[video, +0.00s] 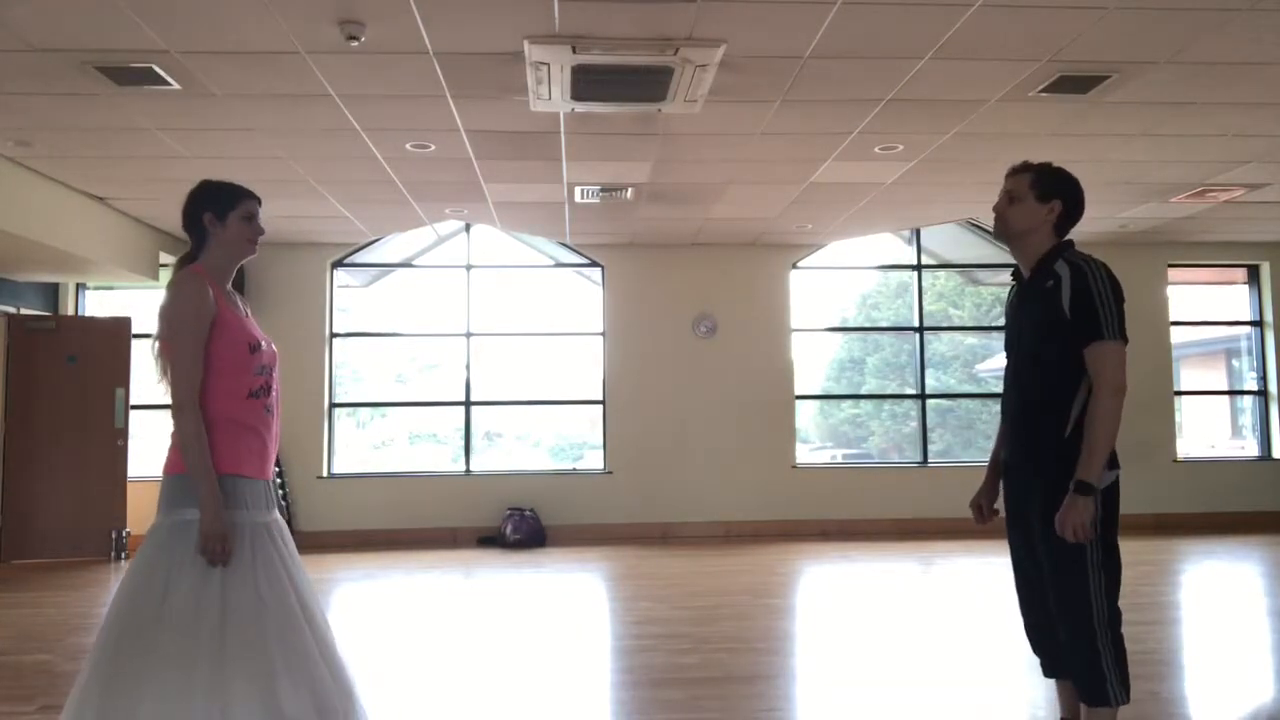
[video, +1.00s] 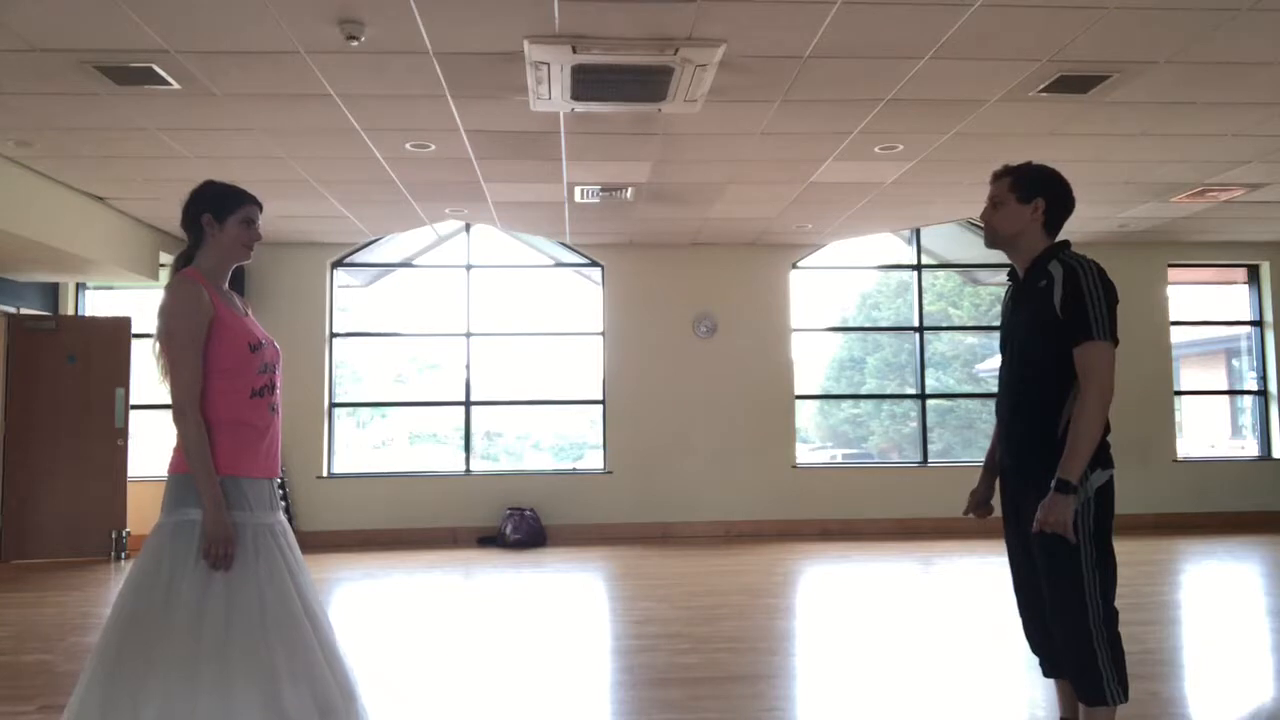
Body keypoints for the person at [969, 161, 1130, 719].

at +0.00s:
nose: (996, 207)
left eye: (1011, 198)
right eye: (1000, 197)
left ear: (1052, 211)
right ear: (1033, 213)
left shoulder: (1084, 275)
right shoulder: (1022, 290)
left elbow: (1111, 387)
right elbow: (1021, 395)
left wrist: (1085, 489)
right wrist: (993, 476)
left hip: (1073, 481)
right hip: (1029, 478)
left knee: (1087, 627)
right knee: (1051, 623)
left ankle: (1099, 715)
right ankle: (1070, 712)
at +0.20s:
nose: (993, 207)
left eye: (1008, 199)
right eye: (997, 198)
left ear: (1049, 211)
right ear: (1028, 213)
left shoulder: (1081, 274)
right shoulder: (1020, 290)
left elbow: (1103, 387)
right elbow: (1017, 393)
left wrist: (1066, 486)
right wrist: (989, 476)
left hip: (1073, 481)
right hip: (1027, 479)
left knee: (1087, 629)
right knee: (1051, 627)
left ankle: (1100, 716)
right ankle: (1070, 713)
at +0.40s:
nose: (991, 210)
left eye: (1006, 200)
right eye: (994, 200)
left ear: (1047, 211)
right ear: (1028, 214)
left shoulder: (1079, 273)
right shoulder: (1020, 290)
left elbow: (1097, 387)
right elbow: (1016, 394)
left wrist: (1054, 483)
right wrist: (987, 477)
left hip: (1073, 481)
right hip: (1026, 479)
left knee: (1086, 630)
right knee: (1051, 628)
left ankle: (1099, 715)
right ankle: (1070, 713)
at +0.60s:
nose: (989, 211)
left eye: (1003, 201)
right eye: (992, 200)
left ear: (1043, 210)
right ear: (1030, 213)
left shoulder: (1078, 273)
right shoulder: (1020, 290)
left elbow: (1095, 388)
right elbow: (1015, 396)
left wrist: (1056, 484)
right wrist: (984, 478)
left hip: (1071, 484)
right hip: (1025, 483)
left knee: (1085, 634)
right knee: (1053, 633)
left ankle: (1099, 714)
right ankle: (1072, 713)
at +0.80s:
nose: (985, 213)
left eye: (999, 202)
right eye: (989, 202)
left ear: (1039, 211)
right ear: (1025, 214)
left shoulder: (1076, 274)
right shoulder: (1019, 290)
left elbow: (1095, 389)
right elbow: (1015, 397)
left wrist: (1063, 487)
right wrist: (987, 478)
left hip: (1070, 484)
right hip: (1025, 484)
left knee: (1085, 633)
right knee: (1052, 632)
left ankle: (1100, 714)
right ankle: (1072, 712)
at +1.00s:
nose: (984, 212)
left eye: (996, 202)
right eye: (987, 202)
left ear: (1035, 210)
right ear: (1024, 214)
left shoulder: (1076, 274)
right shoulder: (1019, 291)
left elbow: (1097, 389)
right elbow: (1017, 396)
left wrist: (1065, 487)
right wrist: (988, 477)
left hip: (1068, 483)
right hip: (1025, 481)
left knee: (1084, 632)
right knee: (1052, 628)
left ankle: (1098, 715)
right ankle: (1069, 713)